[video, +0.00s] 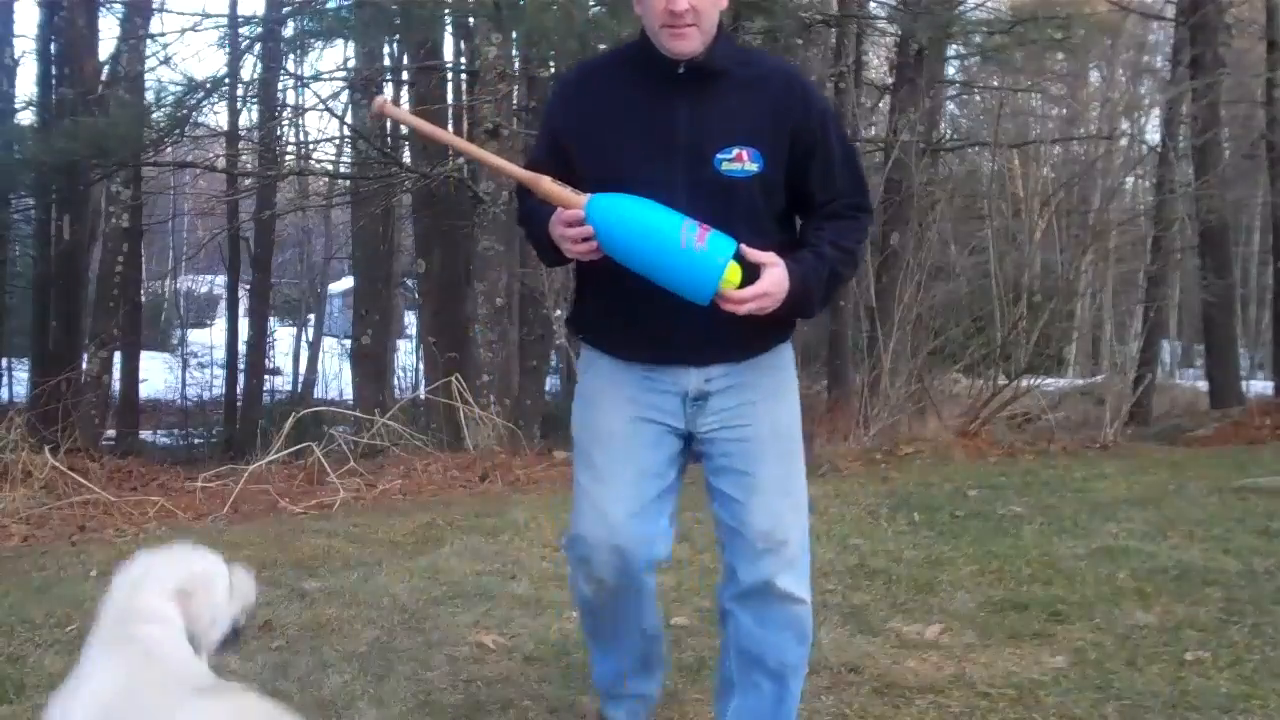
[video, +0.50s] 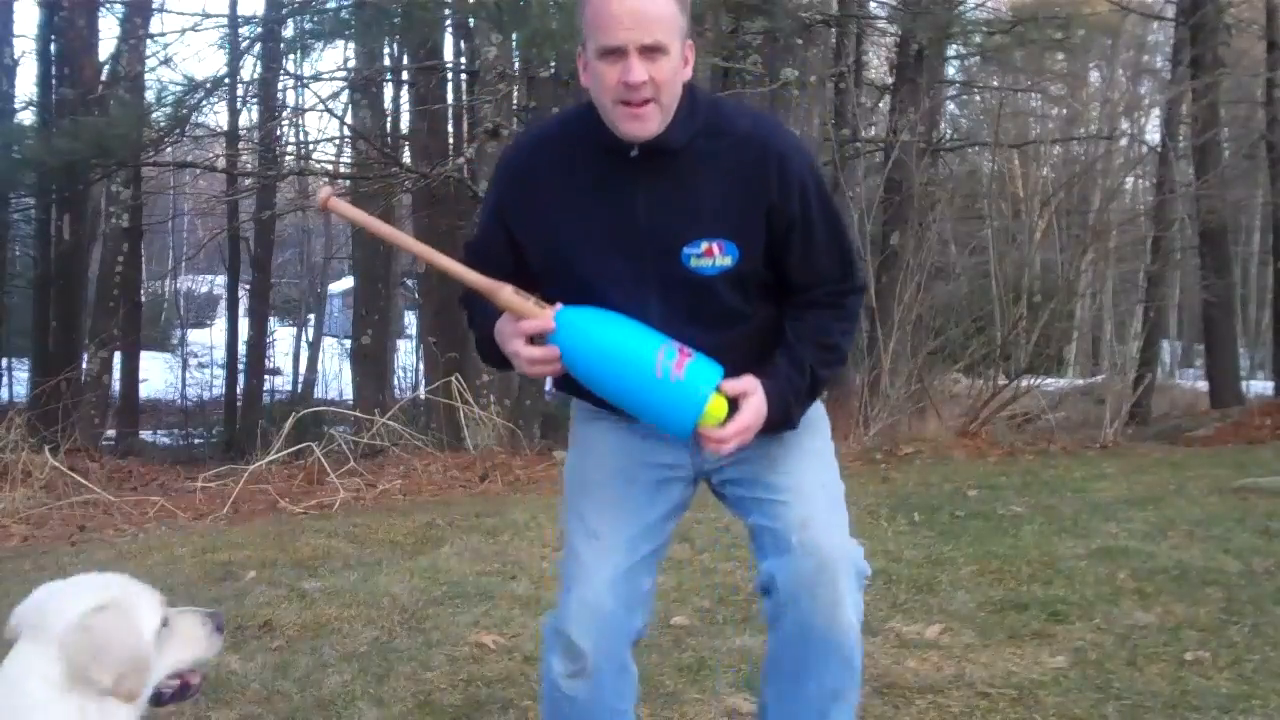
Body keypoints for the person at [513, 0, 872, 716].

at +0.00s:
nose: (677, 6)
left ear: (724, 1)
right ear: (635, 3)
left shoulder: (785, 96)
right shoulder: (584, 94)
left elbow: (846, 215)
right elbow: (534, 201)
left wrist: (795, 277)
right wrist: (553, 233)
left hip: (754, 372)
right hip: (620, 371)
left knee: (773, 566)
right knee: (608, 545)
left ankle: (758, 713)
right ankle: (627, 702)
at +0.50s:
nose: (634, 76)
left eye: (653, 53)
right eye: (612, 56)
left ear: (686, 58)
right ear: (583, 67)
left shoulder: (763, 154)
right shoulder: (535, 166)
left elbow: (830, 294)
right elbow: (484, 290)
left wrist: (776, 388)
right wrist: (502, 335)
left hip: (771, 408)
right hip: (617, 419)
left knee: (823, 575)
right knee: (587, 624)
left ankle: (810, 712)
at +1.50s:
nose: (819, 206)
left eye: (846, 186)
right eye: (797, 186)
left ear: (889, 212)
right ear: (767, 211)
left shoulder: (968, 354)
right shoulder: (717, 328)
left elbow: (1020, 554)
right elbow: (641, 477)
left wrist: (850, 583)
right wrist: (612, 430)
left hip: (902, 657)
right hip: (740, 656)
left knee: (909, 708)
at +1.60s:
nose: (835, 212)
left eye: (859, 190)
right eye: (812, 190)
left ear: (902, 218)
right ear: (781, 219)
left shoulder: (979, 362)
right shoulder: (723, 334)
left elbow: (1019, 563)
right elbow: (650, 480)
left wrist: (833, 565)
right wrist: (614, 411)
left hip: (899, 667)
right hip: (735, 673)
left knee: (913, 712)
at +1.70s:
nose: (845, 219)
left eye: (870, 197)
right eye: (823, 197)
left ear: (912, 225)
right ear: (790, 224)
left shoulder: (984, 371)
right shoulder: (724, 343)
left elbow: (1009, 569)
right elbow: (644, 485)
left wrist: (826, 543)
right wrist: (604, 392)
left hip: (895, 684)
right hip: (725, 691)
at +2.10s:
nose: (828, 240)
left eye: (851, 218)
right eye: (802, 220)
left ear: (884, 241)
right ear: (762, 246)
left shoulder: (953, 372)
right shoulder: (683, 363)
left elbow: (991, 543)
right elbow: (565, 480)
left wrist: (872, 383)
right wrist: (544, 343)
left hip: (887, 694)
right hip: (696, 699)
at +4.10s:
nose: (804, 255)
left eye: (830, 229)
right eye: (781, 228)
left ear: (873, 248)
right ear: (747, 243)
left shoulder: (951, 399)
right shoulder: (680, 369)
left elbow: (1027, 582)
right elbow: (585, 507)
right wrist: (550, 376)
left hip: (853, 716)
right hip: (677, 706)